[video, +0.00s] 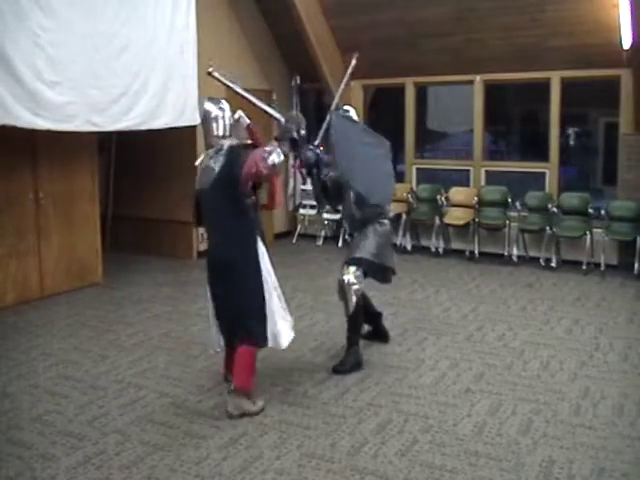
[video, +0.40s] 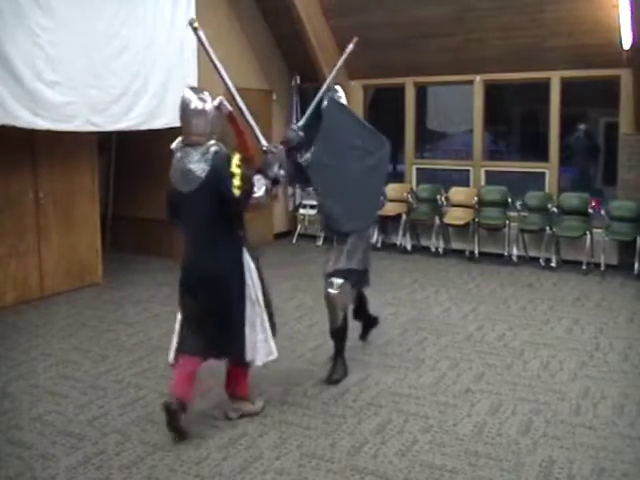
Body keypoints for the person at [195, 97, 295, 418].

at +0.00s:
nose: (250, 130)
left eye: (246, 125)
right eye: (247, 127)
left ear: (216, 132)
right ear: (242, 130)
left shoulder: (207, 162)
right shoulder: (245, 158)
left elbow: (199, 214)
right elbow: (266, 163)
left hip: (217, 250)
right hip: (243, 248)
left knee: (230, 314)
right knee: (252, 317)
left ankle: (232, 373)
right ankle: (241, 393)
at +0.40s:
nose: (212, 124)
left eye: (204, 121)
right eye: (212, 120)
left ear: (185, 127)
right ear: (215, 126)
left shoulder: (179, 161)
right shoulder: (225, 159)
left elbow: (174, 210)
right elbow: (239, 201)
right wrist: (261, 189)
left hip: (195, 257)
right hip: (229, 256)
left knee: (197, 327)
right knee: (242, 324)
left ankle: (178, 396)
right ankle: (239, 397)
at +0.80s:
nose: (187, 118)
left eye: (182, 114)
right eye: (184, 113)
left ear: (150, 122)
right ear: (181, 118)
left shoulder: (152, 159)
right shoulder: (189, 156)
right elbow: (236, 200)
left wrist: (226, 163)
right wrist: (241, 164)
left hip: (162, 263)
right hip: (196, 261)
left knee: (161, 338)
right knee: (213, 326)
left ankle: (161, 433)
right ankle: (219, 402)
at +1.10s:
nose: (194, 116)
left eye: (189, 111)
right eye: (191, 111)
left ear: (156, 117)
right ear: (189, 114)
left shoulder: (151, 159)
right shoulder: (195, 159)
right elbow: (216, 221)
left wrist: (201, 152)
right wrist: (229, 206)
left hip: (161, 269)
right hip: (197, 271)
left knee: (163, 347)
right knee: (209, 349)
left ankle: (161, 436)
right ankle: (209, 447)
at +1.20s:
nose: (200, 119)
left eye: (191, 114)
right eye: (199, 114)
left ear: (161, 120)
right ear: (196, 119)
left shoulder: (153, 160)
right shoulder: (203, 161)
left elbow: (141, 215)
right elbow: (221, 223)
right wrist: (239, 211)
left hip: (165, 268)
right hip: (202, 270)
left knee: (167, 346)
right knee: (208, 350)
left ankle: (162, 436)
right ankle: (209, 449)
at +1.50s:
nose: (218, 119)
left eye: (213, 113)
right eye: (218, 113)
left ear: (183, 116)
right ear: (218, 118)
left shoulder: (168, 160)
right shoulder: (221, 162)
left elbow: (154, 216)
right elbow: (234, 225)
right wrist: (257, 240)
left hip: (177, 269)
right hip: (213, 274)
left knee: (188, 348)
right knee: (214, 354)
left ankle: (177, 427)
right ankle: (208, 448)